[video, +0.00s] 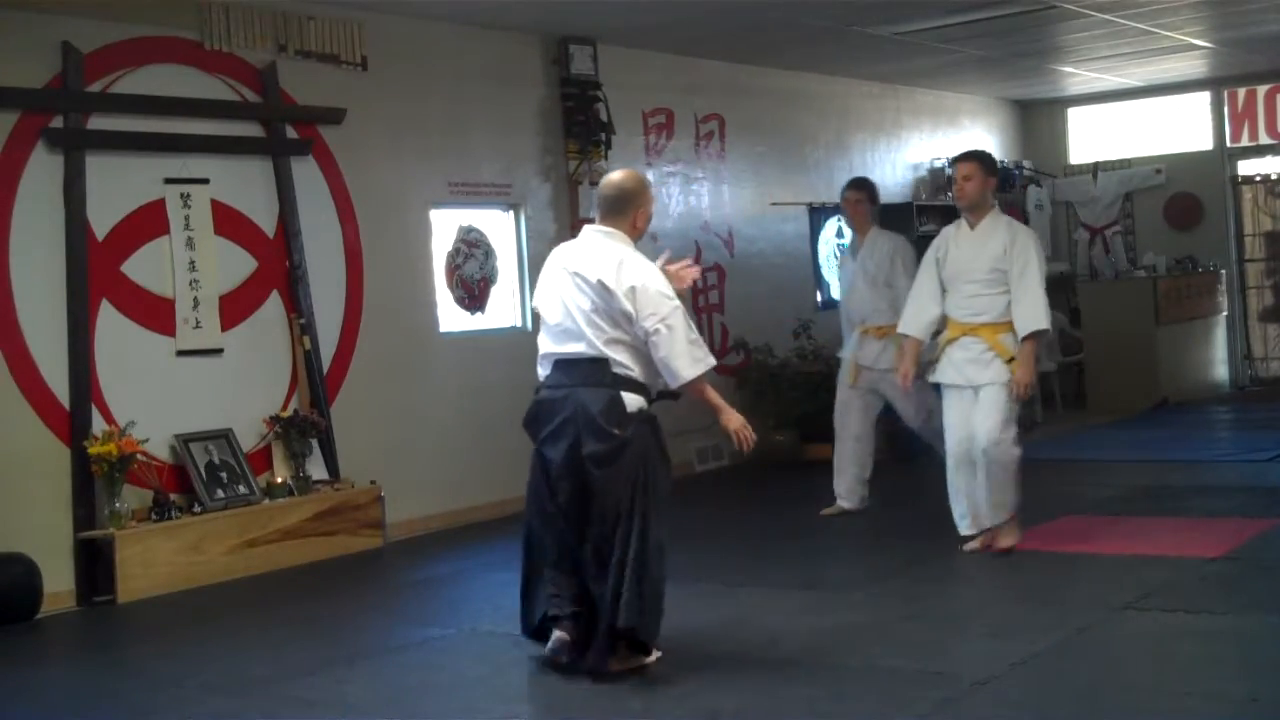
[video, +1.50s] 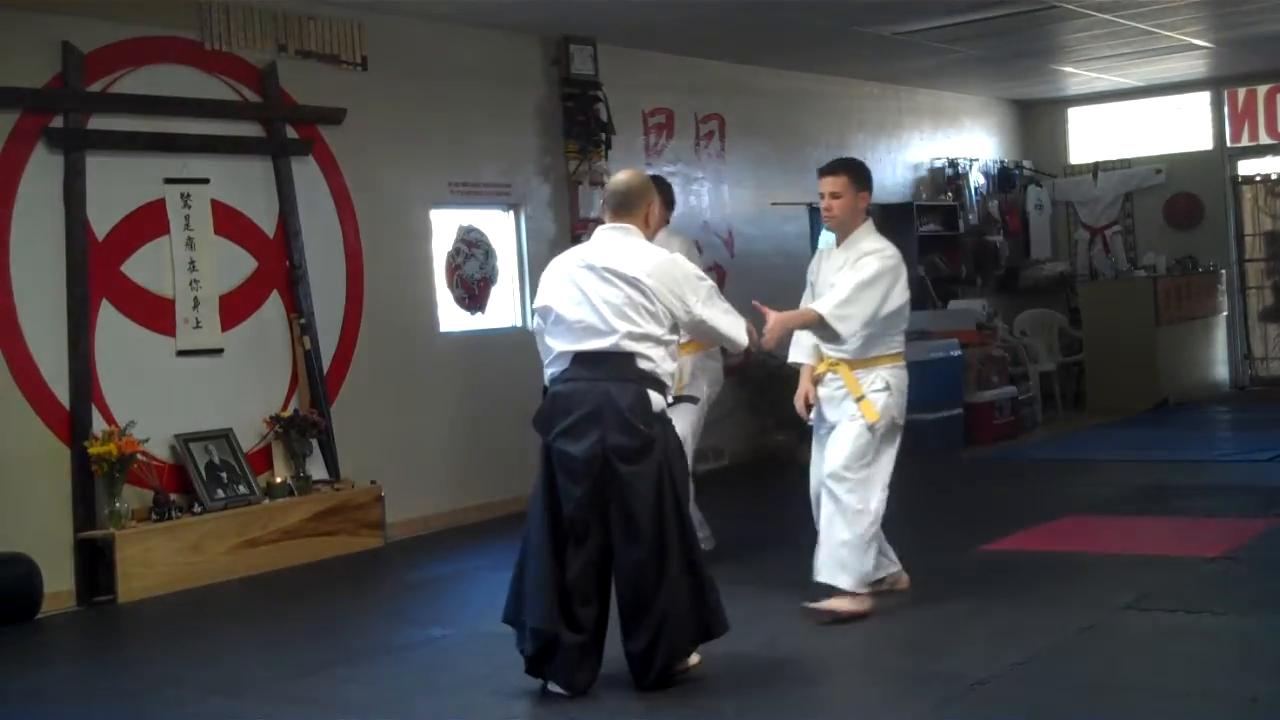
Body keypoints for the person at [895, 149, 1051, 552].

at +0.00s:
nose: (958, 187)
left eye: (967, 179)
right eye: (955, 181)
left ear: (991, 183)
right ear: (954, 187)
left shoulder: (1017, 236)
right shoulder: (945, 240)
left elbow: (1029, 296)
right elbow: (925, 294)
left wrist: (1028, 355)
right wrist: (910, 350)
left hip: (1000, 346)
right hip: (956, 347)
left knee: (990, 436)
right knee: (958, 442)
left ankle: (1004, 518)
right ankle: (976, 526)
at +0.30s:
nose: (932, 184)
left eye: (941, 176)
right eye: (929, 178)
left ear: (965, 180)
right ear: (928, 184)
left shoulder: (989, 236)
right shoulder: (916, 236)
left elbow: (1006, 303)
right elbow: (897, 297)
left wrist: (1012, 370)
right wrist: (887, 352)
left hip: (966, 352)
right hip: (919, 355)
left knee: (950, 450)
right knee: (933, 452)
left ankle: (936, 549)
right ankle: (981, 514)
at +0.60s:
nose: (912, 179)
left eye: (921, 171)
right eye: (909, 172)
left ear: (948, 177)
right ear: (908, 178)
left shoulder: (969, 234)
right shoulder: (896, 232)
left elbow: (981, 303)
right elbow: (875, 295)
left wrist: (973, 364)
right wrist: (864, 356)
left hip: (944, 354)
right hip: (894, 355)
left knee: (942, 455)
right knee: (884, 453)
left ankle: (939, 549)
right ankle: (910, 540)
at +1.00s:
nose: (891, 188)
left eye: (900, 180)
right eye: (887, 181)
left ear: (926, 185)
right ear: (885, 187)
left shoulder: (948, 245)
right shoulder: (872, 243)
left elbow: (949, 310)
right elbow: (851, 307)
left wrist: (916, 349)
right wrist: (844, 364)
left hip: (928, 367)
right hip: (873, 370)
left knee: (940, 471)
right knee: (859, 465)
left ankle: (939, 556)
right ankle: (883, 563)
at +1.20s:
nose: (865, 191)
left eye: (874, 183)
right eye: (861, 184)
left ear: (901, 187)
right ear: (859, 190)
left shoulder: (921, 245)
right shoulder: (852, 248)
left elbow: (905, 312)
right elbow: (833, 315)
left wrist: (858, 333)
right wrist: (830, 367)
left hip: (905, 370)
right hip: (855, 372)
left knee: (918, 477)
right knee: (853, 475)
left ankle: (934, 553)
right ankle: (885, 570)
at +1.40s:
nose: (837, 203)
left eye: (846, 194)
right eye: (833, 195)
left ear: (875, 197)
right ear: (832, 199)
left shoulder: (896, 255)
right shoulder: (833, 256)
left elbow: (862, 309)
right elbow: (816, 317)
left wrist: (811, 324)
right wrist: (814, 370)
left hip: (885, 377)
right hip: (838, 378)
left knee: (860, 470)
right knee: (830, 478)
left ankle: (901, 570)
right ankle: (867, 573)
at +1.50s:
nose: (825, 206)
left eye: (835, 197)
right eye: (822, 198)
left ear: (863, 200)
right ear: (821, 201)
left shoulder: (882, 258)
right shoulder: (825, 255)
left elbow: (842, 312)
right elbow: (814, 313)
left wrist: (790, 319)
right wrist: (808, 373)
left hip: (875, 380)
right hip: (833, 379)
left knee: (843, 475)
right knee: (825, 480)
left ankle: (853, 588)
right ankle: (884, 569)